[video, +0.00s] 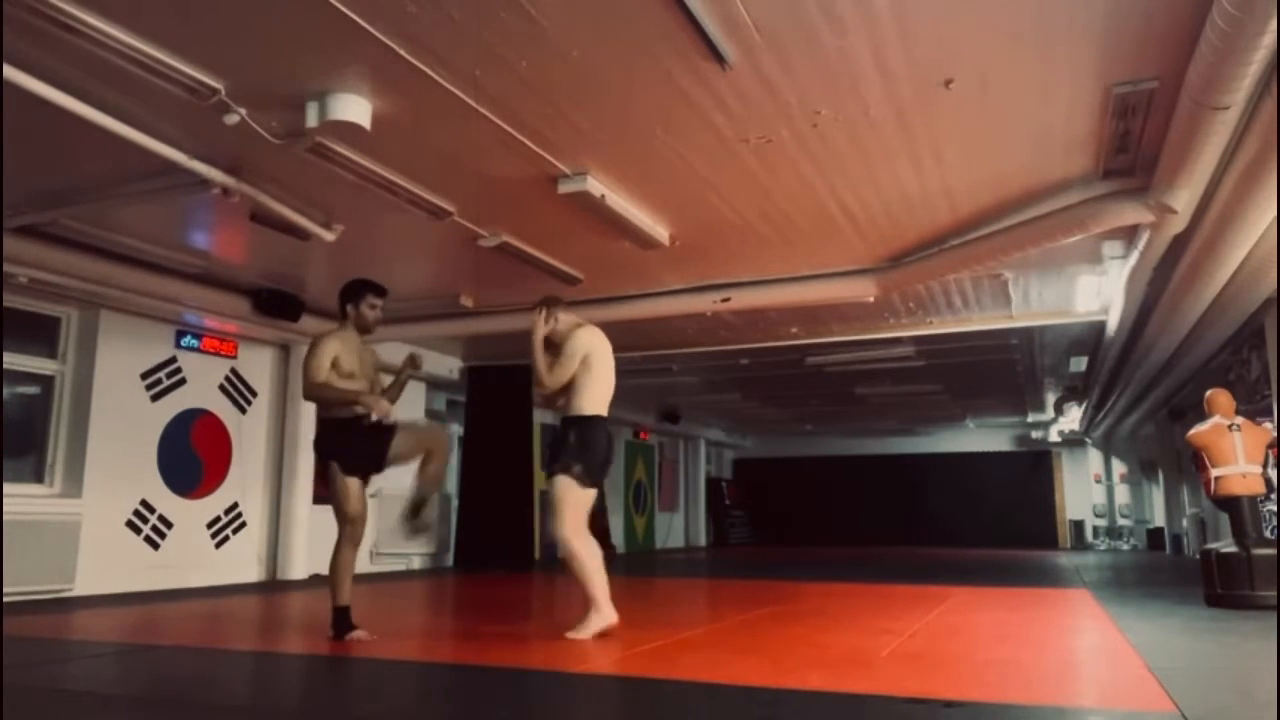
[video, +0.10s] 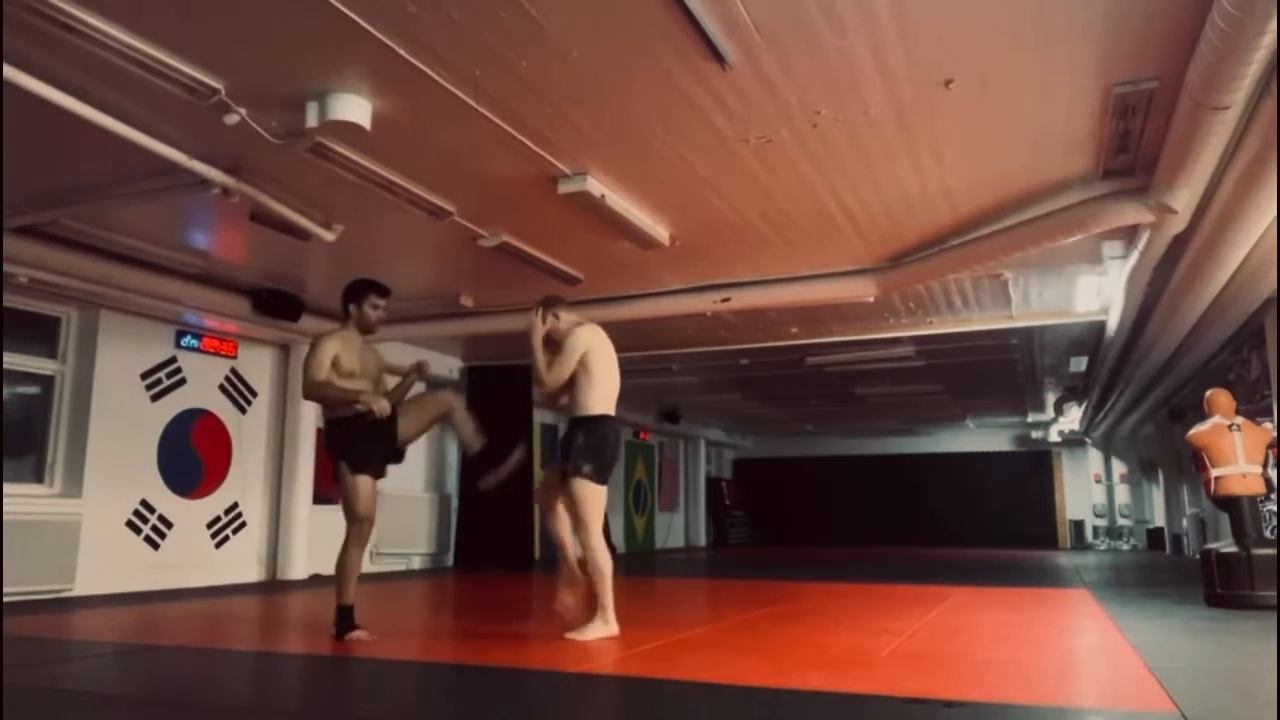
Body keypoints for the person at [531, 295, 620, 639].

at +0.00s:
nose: (546, 336)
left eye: (545, 330)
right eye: (544, 330)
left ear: (554, 318)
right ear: (562, 314)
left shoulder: (581, 336)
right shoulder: (592, 339)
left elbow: (548, 382)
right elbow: (560, 397)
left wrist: (537, 339)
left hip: (582, 433)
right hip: (591, 433)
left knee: (568, 528)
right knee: (576, 529)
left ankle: (602, 609)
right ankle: (602, 608)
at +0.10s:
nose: (547, 335)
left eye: (545, 329)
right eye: (545, 330)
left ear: (554, 317)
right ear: (562, 313)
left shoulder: (581, 333)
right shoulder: (593, 337)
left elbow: (548, 381)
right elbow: (566, 397)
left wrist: (536, 340)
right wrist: (541, 394)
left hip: (590, 432)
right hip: (589, 431)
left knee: (590, 530)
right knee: (548, 497)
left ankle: (607, 618)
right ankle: (575, 573)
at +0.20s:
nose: (550, 335)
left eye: (548, 328)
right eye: (547, 329)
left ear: (556, 317)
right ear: (564, 312)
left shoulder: (585, 333)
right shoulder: (595, 335)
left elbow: (547, 377)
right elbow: (580, 397)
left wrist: (536, 333)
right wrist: (551, 414)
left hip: (598, 432)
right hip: (591, 430)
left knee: (593, 528)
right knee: (540, 456)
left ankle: (605, 617)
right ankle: (542, 538)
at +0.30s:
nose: (554, 328)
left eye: (553, 322)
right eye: (552, 322)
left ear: (562, 313)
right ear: (571, 308)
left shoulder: (590, 332)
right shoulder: (599, 334)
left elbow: (548, 371)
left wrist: (543, 327)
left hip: (600, 431)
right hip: (593, 428)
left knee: (595, 528)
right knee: (537, 444)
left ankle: (604, 616)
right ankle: (530, 523)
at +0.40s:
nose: (566, 331)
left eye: (564, 325)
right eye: (562, 326)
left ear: (574, 314)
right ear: (581, 307)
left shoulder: (599, 334)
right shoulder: (609, 332)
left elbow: (555, 369)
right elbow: (603, 387)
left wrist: (552, 325)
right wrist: (574, 401)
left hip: (605, 434)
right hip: (598, 430)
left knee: (596, 528)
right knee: (543, 459)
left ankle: (604, 617)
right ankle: (534, 537)